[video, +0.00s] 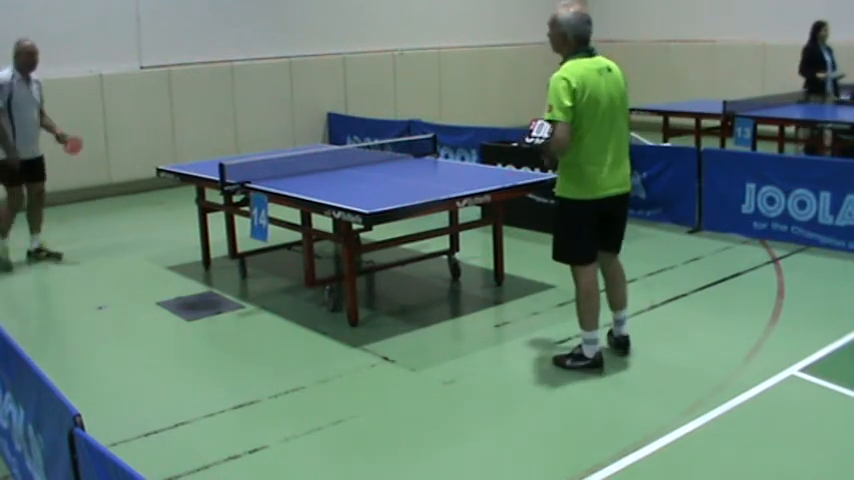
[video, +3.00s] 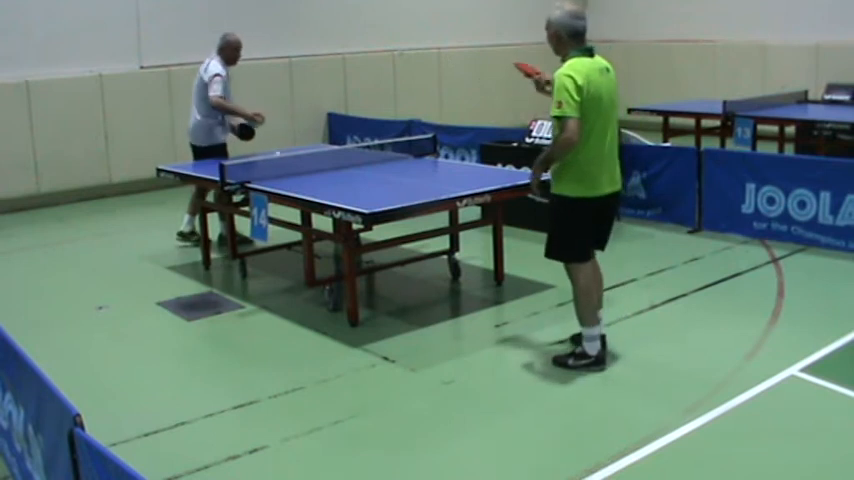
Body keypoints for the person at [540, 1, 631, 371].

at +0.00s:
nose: (547, 35)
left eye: (550, 30)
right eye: (549, 29)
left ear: (564, 36)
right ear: (585, 35)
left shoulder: (564, 79)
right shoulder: (614, 70)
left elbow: (560, 139)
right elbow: (621, 124)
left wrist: (545, 154)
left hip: (580, 192)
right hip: (617, 187)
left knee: (583, 268)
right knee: (610, 257)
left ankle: (590, 348)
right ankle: (621, 332)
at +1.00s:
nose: (591, 38)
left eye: (591, 33)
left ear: (593, 35)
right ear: (624, 34)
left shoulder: (588, 72)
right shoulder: (646, 73)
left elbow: (576, 132)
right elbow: (658, 130)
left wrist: (574, 144)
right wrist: (624, 125)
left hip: (593, 185)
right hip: (636, 184)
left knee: (580, 259)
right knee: (625, 252)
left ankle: (587, 343)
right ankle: (625, 338)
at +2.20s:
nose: (581, 40)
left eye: (582, 35)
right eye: (586, 34)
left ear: (585, 35)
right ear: (615, 33)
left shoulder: (583, 73)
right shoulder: (636, 71)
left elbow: (572, 138)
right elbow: (626, 122)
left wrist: (557, 137)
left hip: (586, 184)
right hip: (626, 183)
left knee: (583, 260)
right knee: (616, 252)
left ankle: (591, 347)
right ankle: (624, 339)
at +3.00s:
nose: (547, 41)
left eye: (548, 36)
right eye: (547, 36)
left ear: (556, 37)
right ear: (582, 35)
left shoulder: (568, 75)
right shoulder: (604, 67)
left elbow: (570, 136)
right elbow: (594, 104)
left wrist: (539, 167)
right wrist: (552, 89)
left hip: (578, 189)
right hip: (605, 184)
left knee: (575, 260)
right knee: (585, 256)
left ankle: (591, 347)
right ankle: (593, 331)